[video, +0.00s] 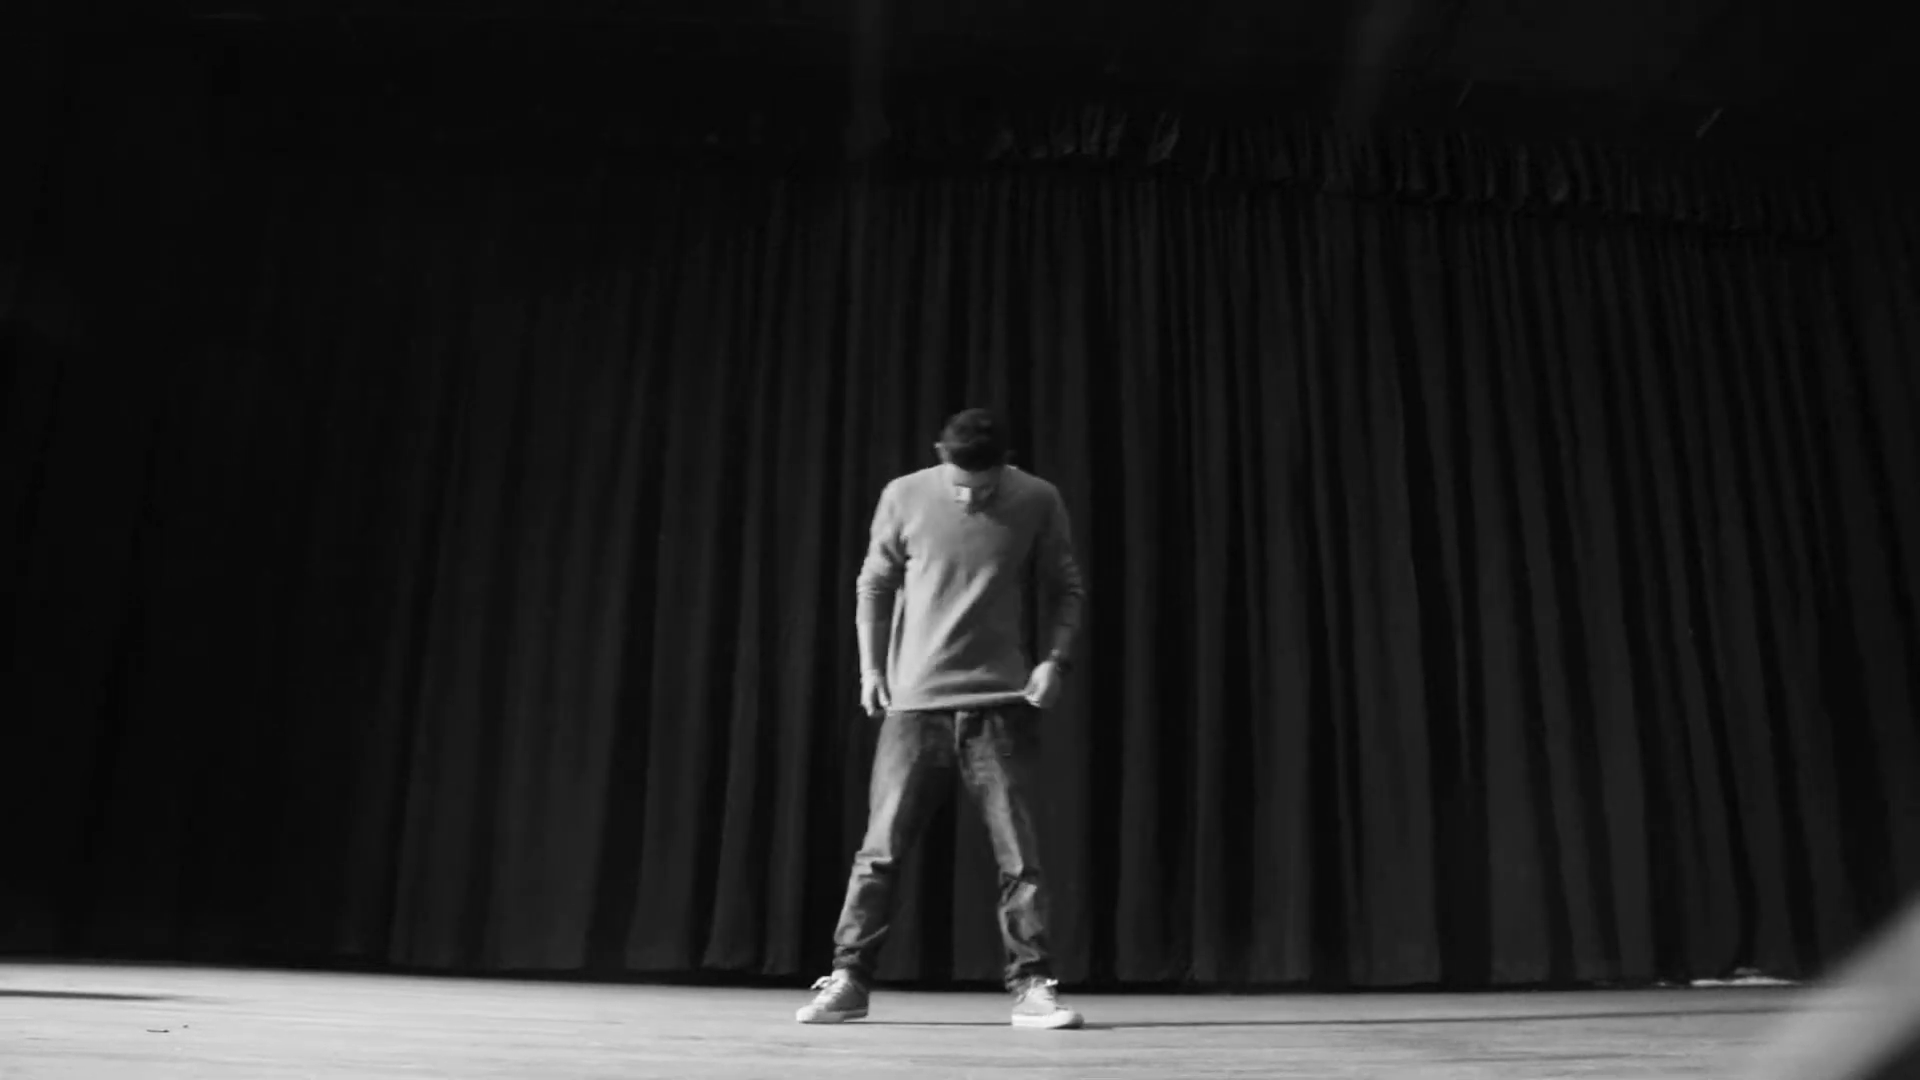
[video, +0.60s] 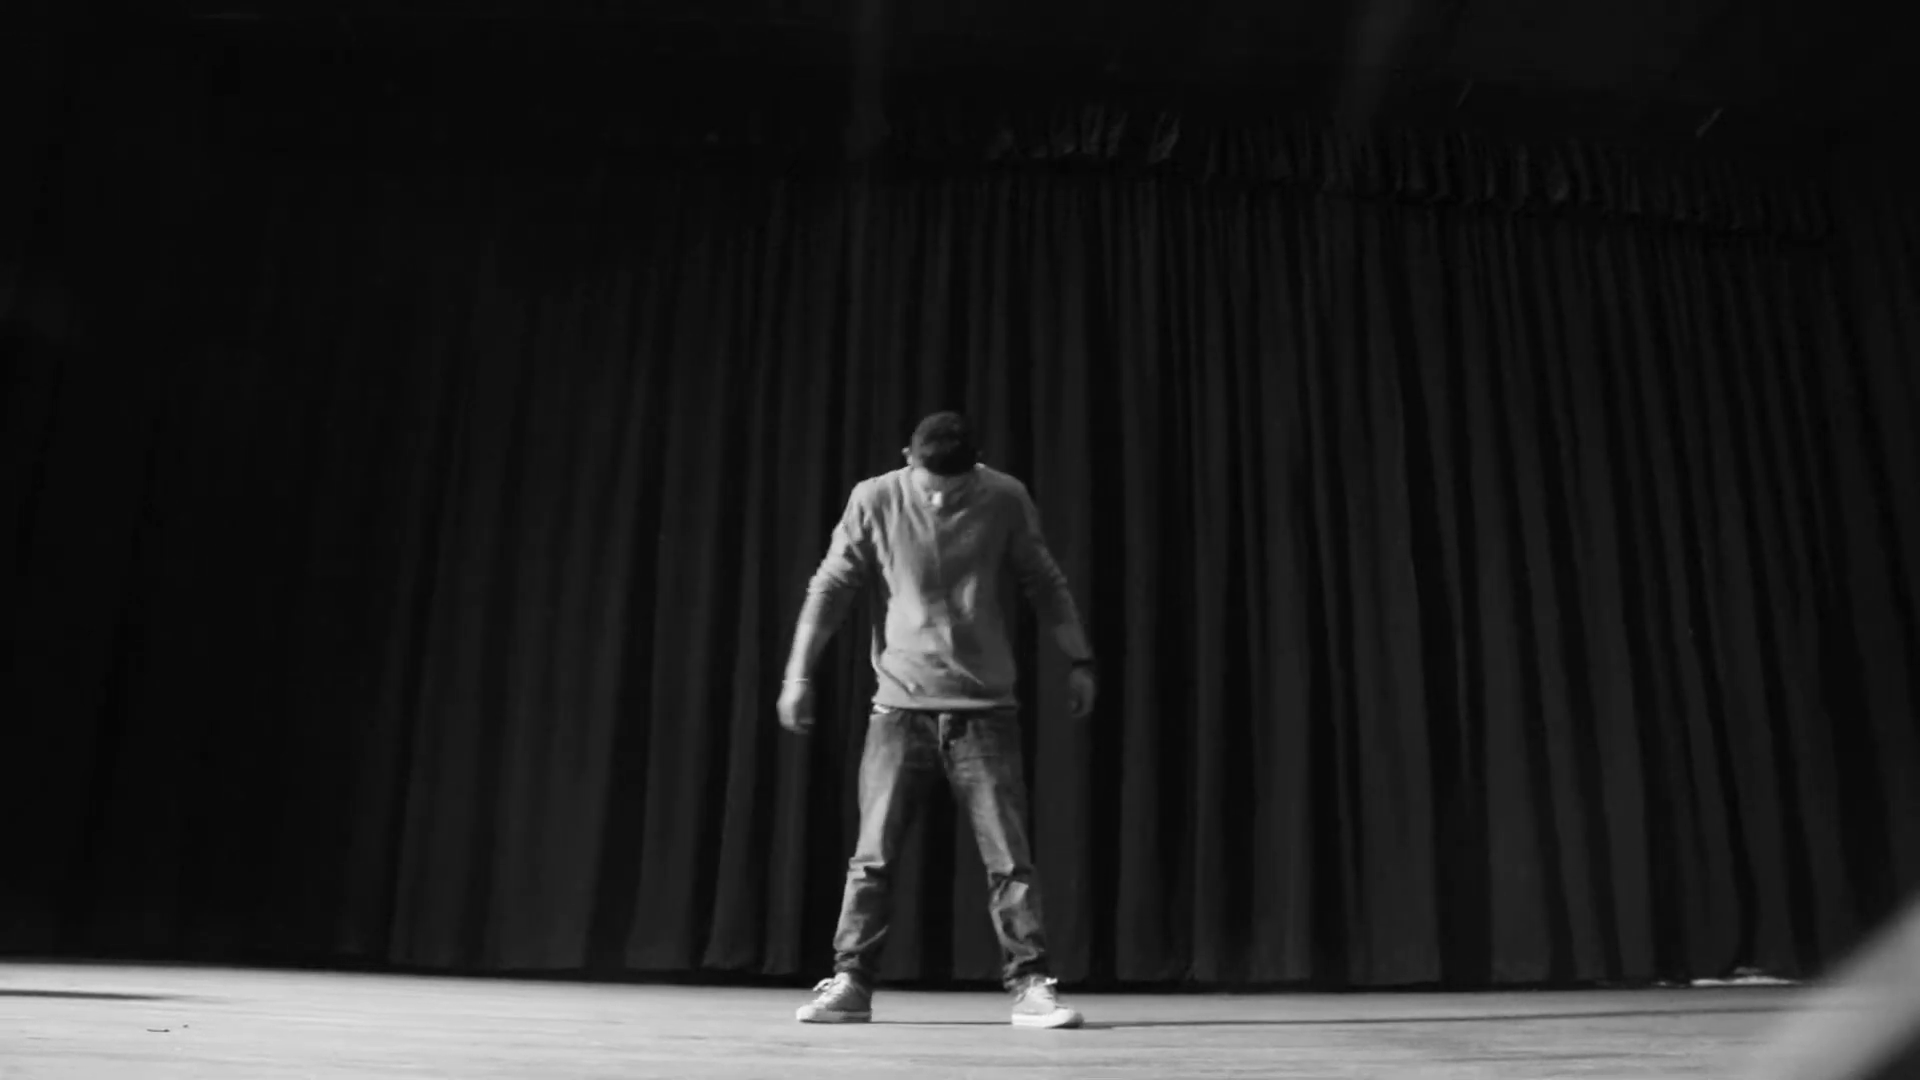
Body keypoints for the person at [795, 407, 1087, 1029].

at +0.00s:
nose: (968, 495)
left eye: (979, 484)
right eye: (957, 483)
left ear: (1001, 466)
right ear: (941, 463)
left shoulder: (1038, 502)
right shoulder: (903, 498)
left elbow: (1068, 592)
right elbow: (874, 583)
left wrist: (1054, 663)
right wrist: (870, 668)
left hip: (996, 702)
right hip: (913, 703)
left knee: (1019, 856)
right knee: (880, 851)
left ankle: (1032, 989)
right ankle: (847, 981)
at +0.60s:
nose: (939, 499)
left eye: (951, 489)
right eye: (928, 486)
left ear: (972, 470)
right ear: (910, 462)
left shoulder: (1006, 499)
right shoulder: (874, 500)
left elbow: (1046, 582)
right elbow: (831, 586)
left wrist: (1078, 658)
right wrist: (798, 674)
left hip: (983, 707)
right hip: (899, 705)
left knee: (1008, 856)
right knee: (872, 856)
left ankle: (1030, 988)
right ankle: (849, 983)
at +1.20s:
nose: (935, 514)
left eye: (946, 504)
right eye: (923, 503)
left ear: (969, 478)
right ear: (904, 480)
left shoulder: (1009, 492)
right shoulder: (873, 493)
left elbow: (1089, 535)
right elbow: (801, 533)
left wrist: (1140, 601)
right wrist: (733, 596)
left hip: (986, 708)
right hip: (902, 707)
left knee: (1010, 856)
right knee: (875, 854)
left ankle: (1031, 991)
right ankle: (849, 985)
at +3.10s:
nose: (978, 457)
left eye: (991, 444)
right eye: (967, 443)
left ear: (1011, 437)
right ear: (946, 430)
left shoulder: (1040, 490)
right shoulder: (907, 486)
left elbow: (1122, 516)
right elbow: (822, 497)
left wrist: (1206, 529)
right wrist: (733, 500)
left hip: (1008, 690)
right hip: (925, 689)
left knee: (1022, 846)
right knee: (912, 840)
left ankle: (1020, 982)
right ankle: (894, 979)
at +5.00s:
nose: (961, 428)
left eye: (974, 415)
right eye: (949, 414)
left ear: (994, 414)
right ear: (931, 413)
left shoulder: (1025, 466)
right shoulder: (900, 488)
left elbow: (1089, 526)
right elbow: (817, 513)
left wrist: (1150, 570)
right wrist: (721, 519)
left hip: (998, 681)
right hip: (920, 684)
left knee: (1000, 806)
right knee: (921, 832)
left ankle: (965, 969)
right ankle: (956, 974)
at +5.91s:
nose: (942, 421)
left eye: (954, 409)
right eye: (935, 410)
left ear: (989, 409)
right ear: (930, 412)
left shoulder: (1041, 476)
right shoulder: (909, 461)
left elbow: (1116, 521)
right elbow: (822, 477)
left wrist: (1199, 553)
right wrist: (730, 475)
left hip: (979, 682)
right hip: (900, 677)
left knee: (976, 835)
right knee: (885, 826)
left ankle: (965, 979)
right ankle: (919, 969)